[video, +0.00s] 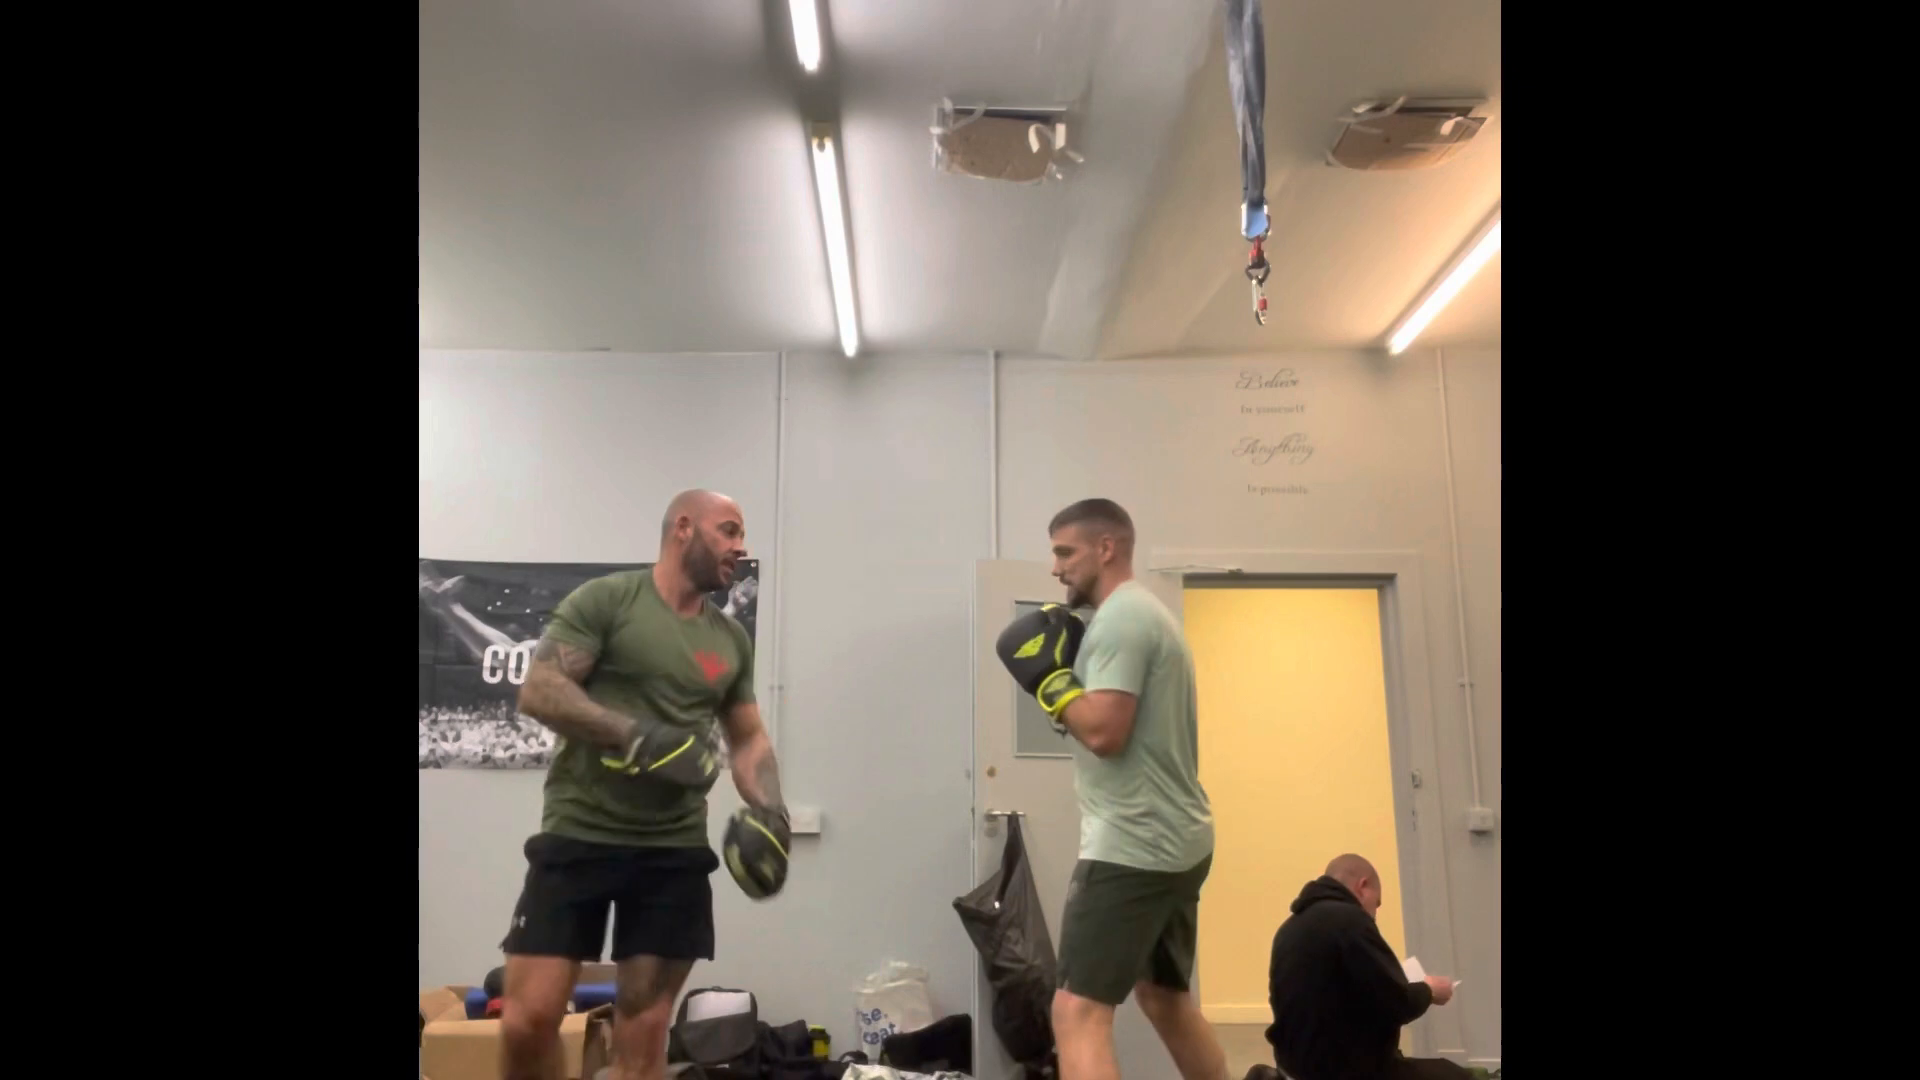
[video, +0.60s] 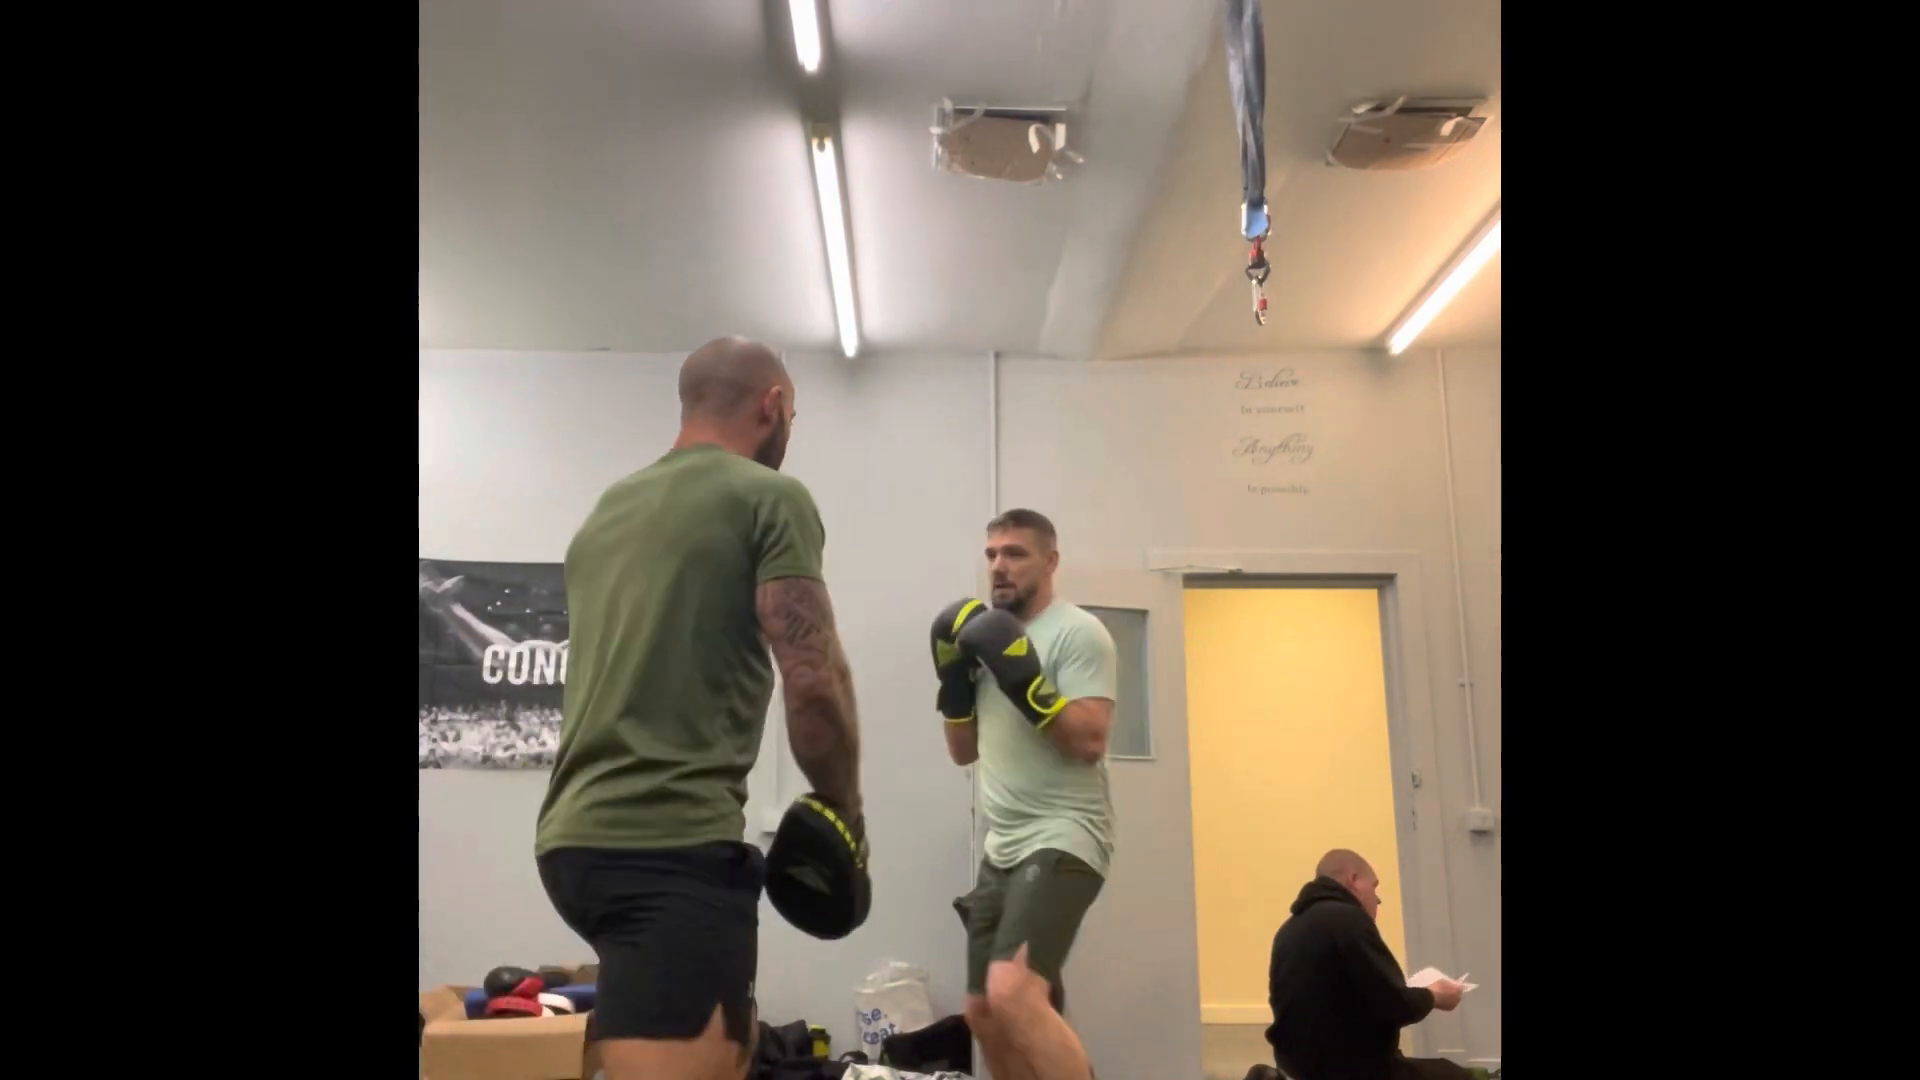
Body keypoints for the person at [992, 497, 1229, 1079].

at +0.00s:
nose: (1056, 567)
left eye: (1065, 552)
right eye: (1055, 554)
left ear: (1109, 547)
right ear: (1110, 551)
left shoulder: (1122, 616)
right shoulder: (1148, 613)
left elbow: (1104, 731)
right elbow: (1127, 722)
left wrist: (1048, 680)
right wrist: (1078, 656)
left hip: (1131, 847)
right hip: (1178, 842)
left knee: (1079, 1013)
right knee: (1167, 998)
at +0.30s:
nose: (1066, 554)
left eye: (1080, 541)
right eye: (1061, 543)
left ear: (1118, 545)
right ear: (1058, 548)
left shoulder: (1145, 609)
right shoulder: (1077, 619)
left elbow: (1155, 712)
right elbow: (1055, 722)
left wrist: (1079, 659)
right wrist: (1031, 657)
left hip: (1128, 809)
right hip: (1088, 811)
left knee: (1072, 966)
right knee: (1118, 983)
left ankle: (1111, 1079)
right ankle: (1167, 1079)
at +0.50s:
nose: (1033, 538)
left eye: (1049, 526)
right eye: (1027, 527)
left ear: (1086, 535)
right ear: (1021, 534)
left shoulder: (1106, 602)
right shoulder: (1025, 611)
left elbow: (1103, 704)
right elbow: (994, 722)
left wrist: (1039, 635)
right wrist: (982, 647)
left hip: (1089, 827)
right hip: (1032, 826)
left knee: (1083, 1002)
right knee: (1026, 988)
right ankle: (1077, 1079)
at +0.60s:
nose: (999, 566)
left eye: (1015, 554)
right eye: (992, 555)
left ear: (1051, 562)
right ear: (984, 563)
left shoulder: (1080, 632)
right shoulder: (988, 639)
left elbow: (1089, 741)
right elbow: (963, 751)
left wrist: (1021, 676)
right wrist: (954, 675)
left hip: (1067, 825)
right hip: (1003, 835)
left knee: (1013, 993)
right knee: (981, 1010)